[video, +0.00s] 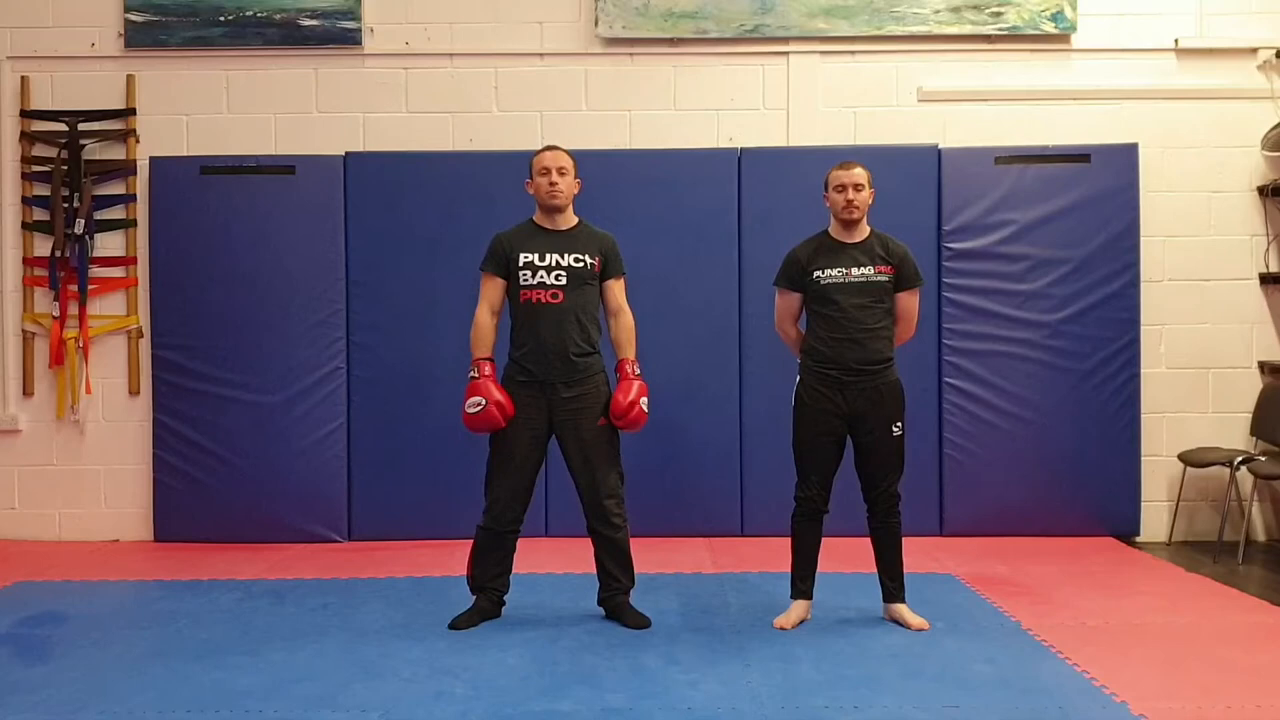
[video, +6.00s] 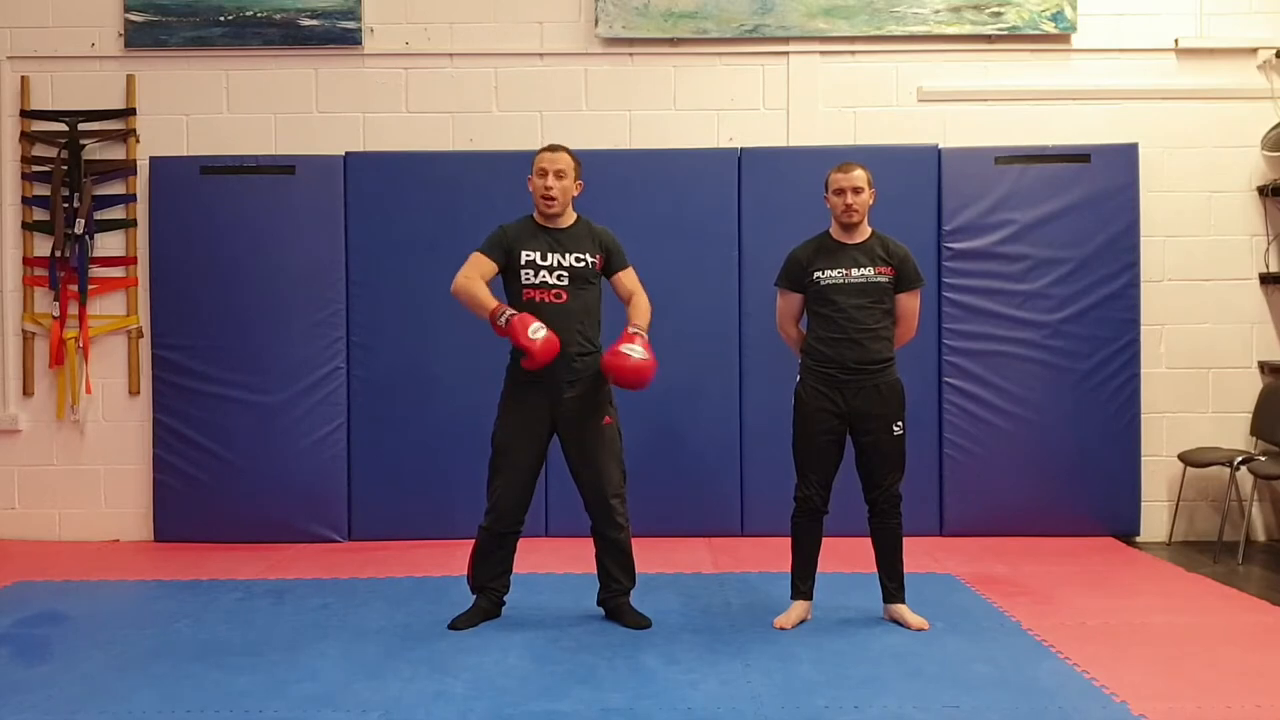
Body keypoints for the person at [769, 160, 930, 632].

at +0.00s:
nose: (849, 196)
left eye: (858, 188)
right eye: (840, 189)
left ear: (871, 195)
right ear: (827, 198)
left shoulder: (896, 255)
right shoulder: (803, 257)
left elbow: (906, 327)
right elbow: (785, 325)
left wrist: (863, 351)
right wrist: (820, 356)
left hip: (878, 392)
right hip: (819, 393)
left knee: (885, 500)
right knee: (810, 497)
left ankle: (894, 600)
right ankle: (801, 598)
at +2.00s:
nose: (849, 197)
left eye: (857, 189)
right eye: (839, 190)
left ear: (871, 196)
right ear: (827, 198)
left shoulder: (896, 256)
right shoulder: (804, 258)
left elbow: (907, 327)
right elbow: (787, 325)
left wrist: (865, 353)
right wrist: (822, 357)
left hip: (878, 392)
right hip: (819, 393)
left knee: (885, 499)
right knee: (810, 497)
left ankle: (894, 600)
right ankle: (801, 598)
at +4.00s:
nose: (847, 199)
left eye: (855, 190)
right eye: (837, 192)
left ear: (869, 196)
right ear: (825, 199)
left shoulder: (894, 257)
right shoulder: (803, 258)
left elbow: (905, 328)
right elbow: (786, 325)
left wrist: (863, 353)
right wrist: (821, 357)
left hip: (877, 391)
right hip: (818, 391)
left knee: (885, 498)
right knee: (809, 496)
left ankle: (894, 600)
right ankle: (801, 598)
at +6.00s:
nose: (848, 199)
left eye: (856, 191)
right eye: (839, 192)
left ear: (871, 196)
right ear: (827, 199)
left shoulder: (896, 256)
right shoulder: (804, 258)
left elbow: (907, 328)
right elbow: (787, 326)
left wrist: (865, 353)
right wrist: (823, 357)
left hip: (878, 391)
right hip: (819, 392)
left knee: (885, 498)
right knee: (809, 497)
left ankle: (894, 601)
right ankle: (801, 598)